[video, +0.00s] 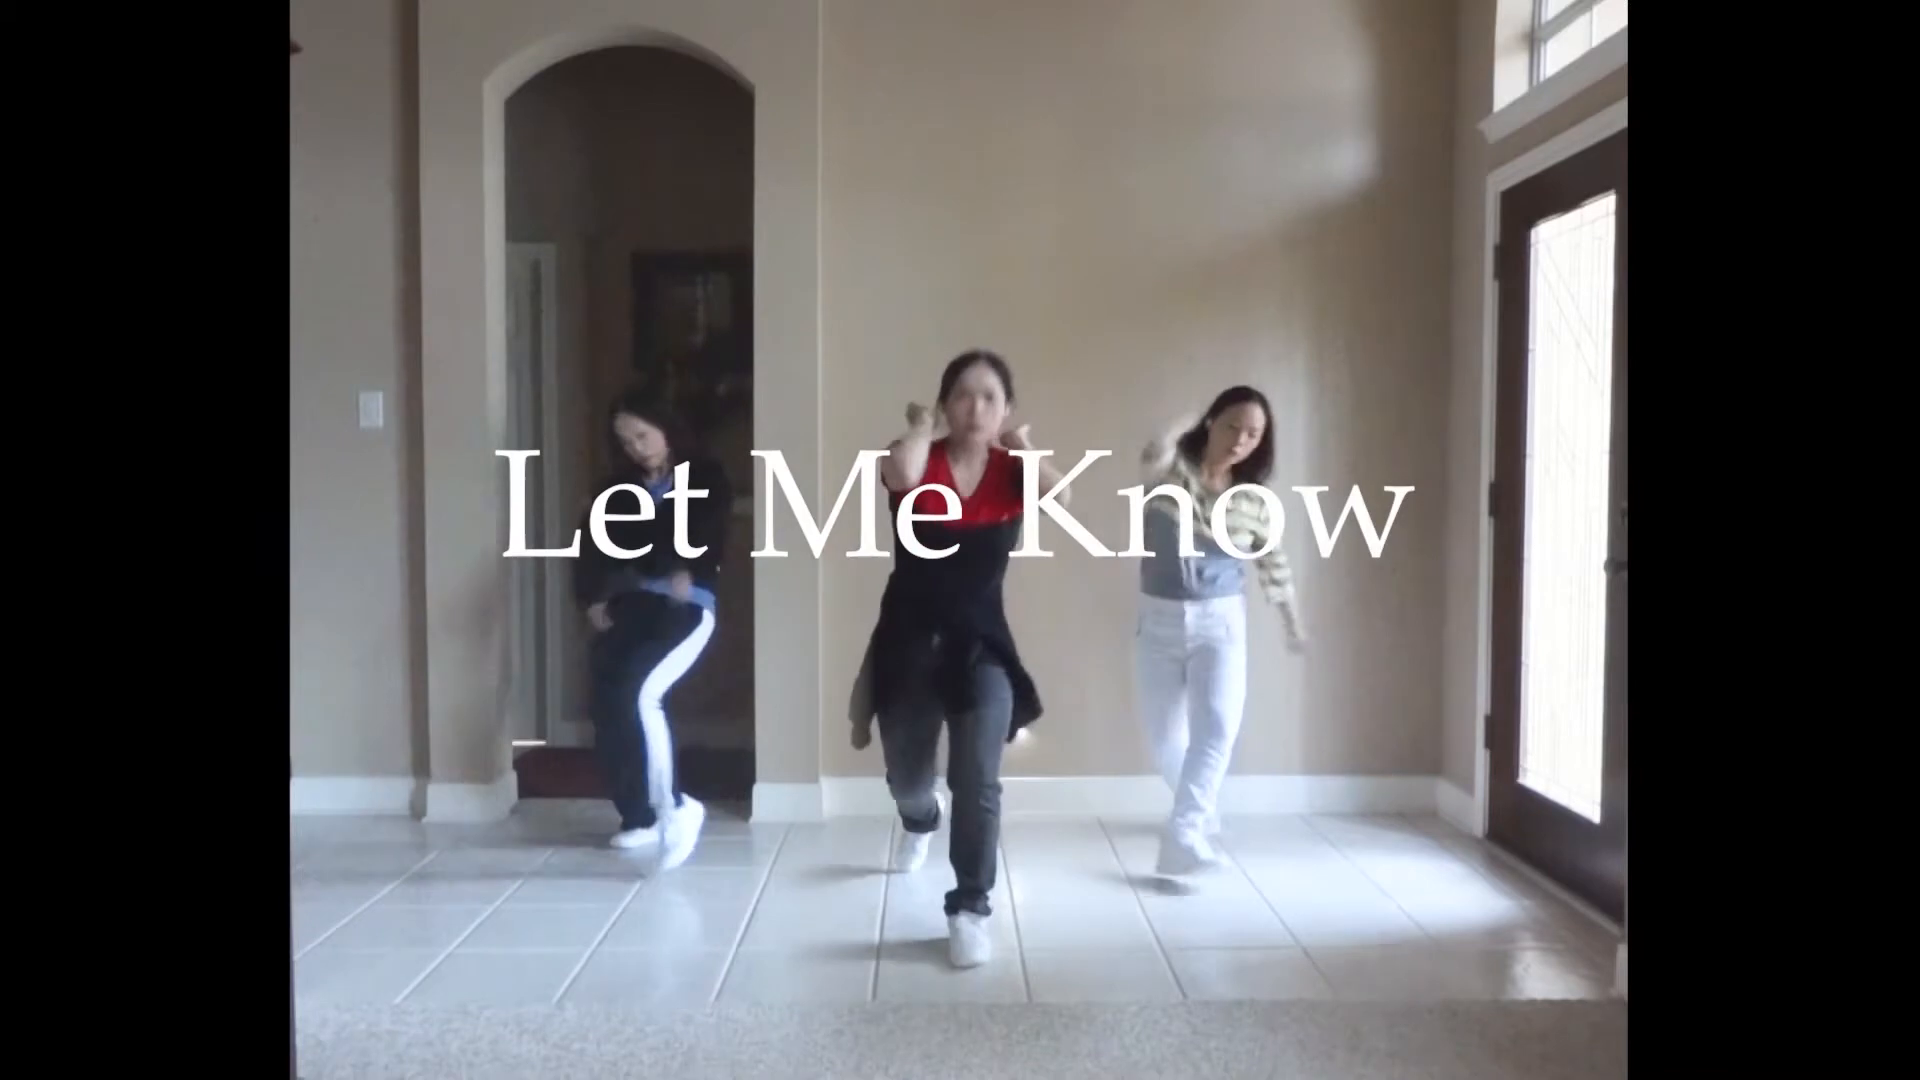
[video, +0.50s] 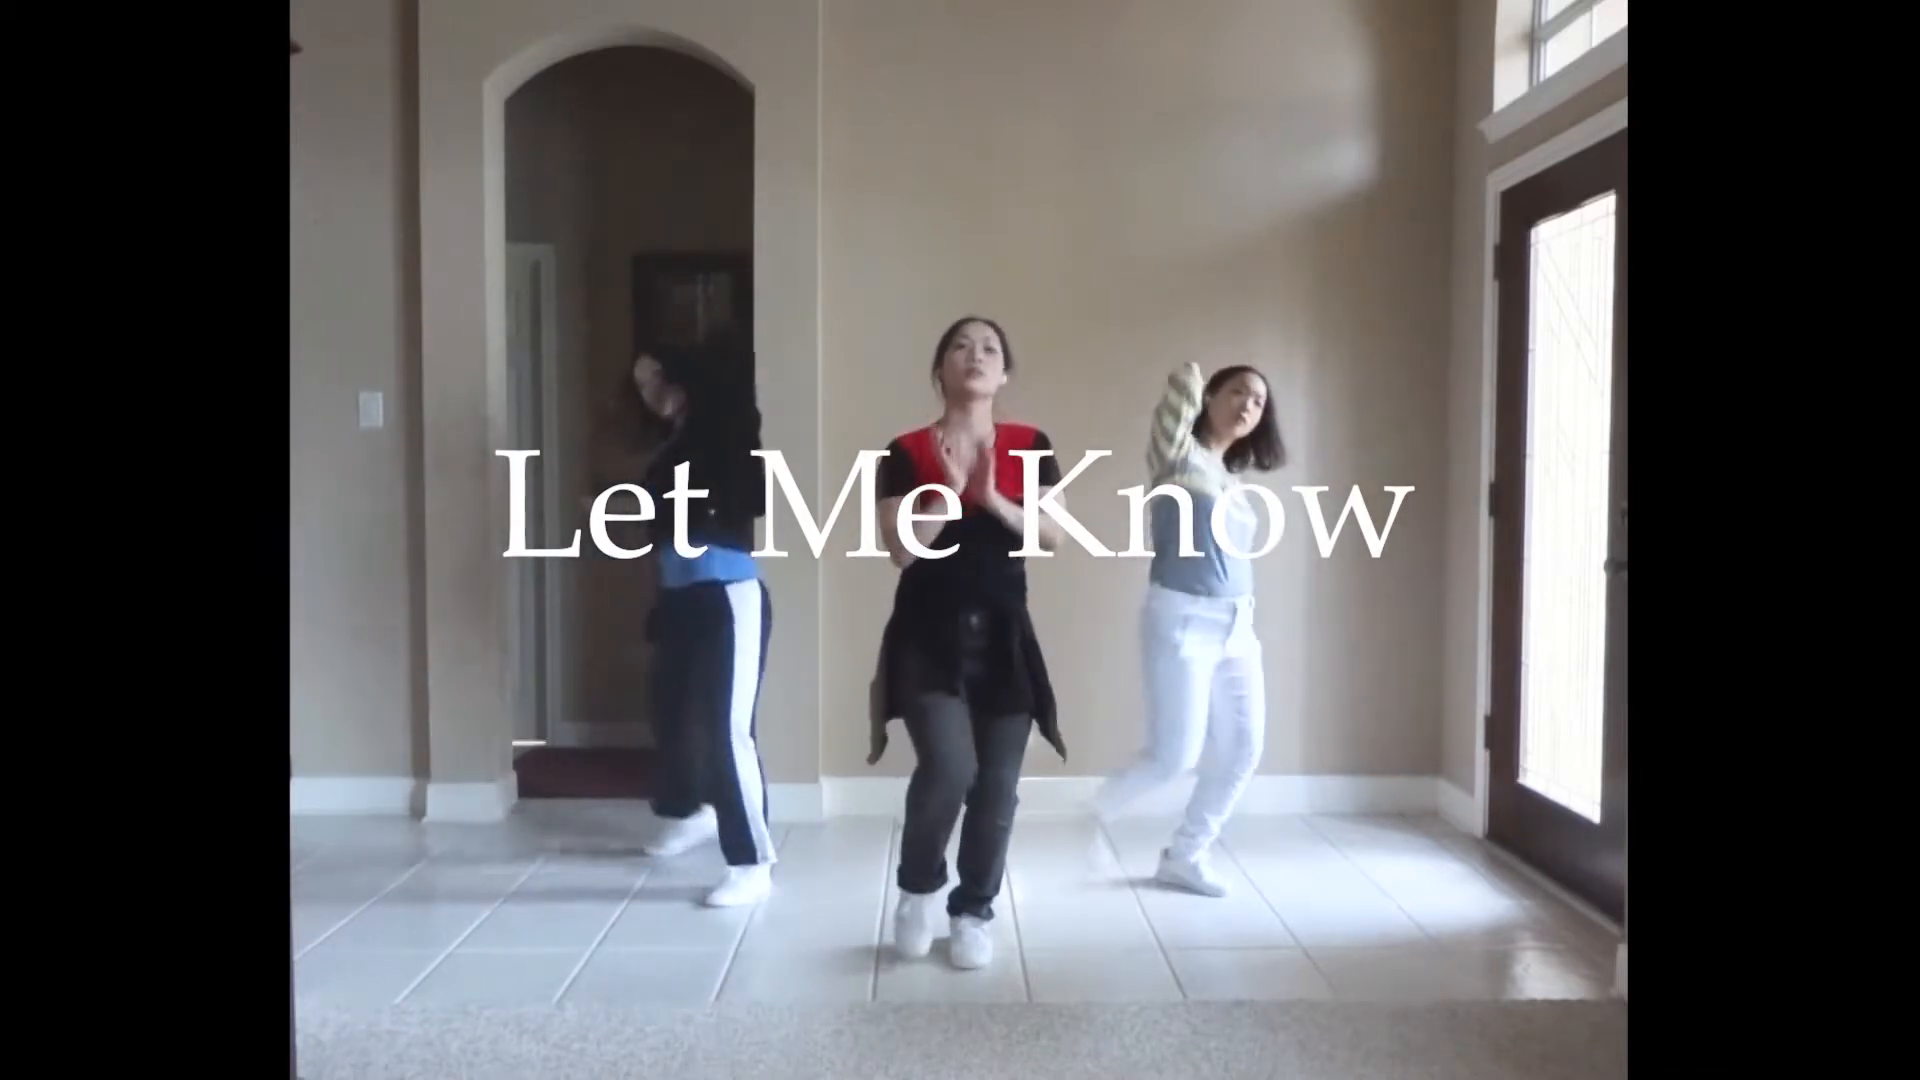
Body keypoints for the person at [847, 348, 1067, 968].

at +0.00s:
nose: (975, 406)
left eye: (989, 397)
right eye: (965, 395)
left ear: (1006, 411)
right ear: (944, 407)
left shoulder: (1014, 471)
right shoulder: (915, 462)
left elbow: (1048, 483)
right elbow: (900, 471)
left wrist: (1020, 445)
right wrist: (922, 430)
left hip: (980, 639)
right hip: (909, 638)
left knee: (977, 778)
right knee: (908, 779)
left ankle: (971, 907)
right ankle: (921, 823)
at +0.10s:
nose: (978, 385)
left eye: (991, 376)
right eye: (965, 376)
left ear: (1011, 393)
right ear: (943, 391)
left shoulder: (1021, 460)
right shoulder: (909, 452)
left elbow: (1032, 502)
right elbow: (916, 496)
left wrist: (1018, 447)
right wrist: (941, 430)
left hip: (988, 636)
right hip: (915, 636)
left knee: (990, 784)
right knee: (910, 790)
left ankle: (975, 910)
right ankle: (914, 844)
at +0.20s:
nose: (979, 373)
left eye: (992, 365)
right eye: (966, 364)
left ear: (1012, 384)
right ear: (942, 381)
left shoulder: (1026, 455)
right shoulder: (910, 449)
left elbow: (1031, 532)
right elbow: (920, 523)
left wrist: (1015, 455)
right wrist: (951, 440)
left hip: (995, 632)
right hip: (920, 631)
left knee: (996, 787)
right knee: (915, 789)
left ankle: (975, 910)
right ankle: (912, 860)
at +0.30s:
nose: (978, 365)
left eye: (991, 357)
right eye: (965, 356)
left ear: (1011, 378)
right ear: (942, 375)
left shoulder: (1028, 451)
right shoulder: (910, 450)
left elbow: (1037, 535)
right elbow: (916, 527)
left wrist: (1010, 463)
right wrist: (955, 454)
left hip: (998, 633)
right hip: (922, 633)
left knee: (996, 787)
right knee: (926, 778)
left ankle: (975, 910)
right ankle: (909, 874)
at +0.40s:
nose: (977, 359)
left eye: (990, 352)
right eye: (964, 350)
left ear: (1008, 375)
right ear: (941, 371)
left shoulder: (1028, 448)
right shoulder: (911, 450)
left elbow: (1047, 537)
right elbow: (906, 537)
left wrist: (998, 480)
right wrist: (954, 467)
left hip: (1000, 632)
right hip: (924, 631)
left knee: (996, 787)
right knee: (938, 770)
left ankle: (974, 911)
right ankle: (912, 891)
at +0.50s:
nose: (975, 355)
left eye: (988, 349)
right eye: (961, 346)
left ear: (1005, 375)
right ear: (938, 370)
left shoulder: (1028, 445)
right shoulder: (907, 452)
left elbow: (1055, 536)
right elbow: (899, 549)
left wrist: (993, 499)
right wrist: (942, 495)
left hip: (1004, 629)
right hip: (927, 629)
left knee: (998, 782)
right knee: (949, 768)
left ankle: (974, 913)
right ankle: (918, 888)